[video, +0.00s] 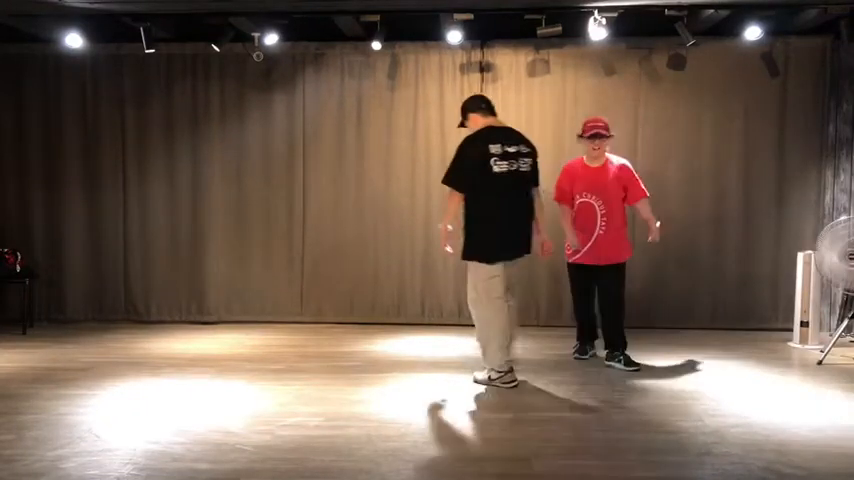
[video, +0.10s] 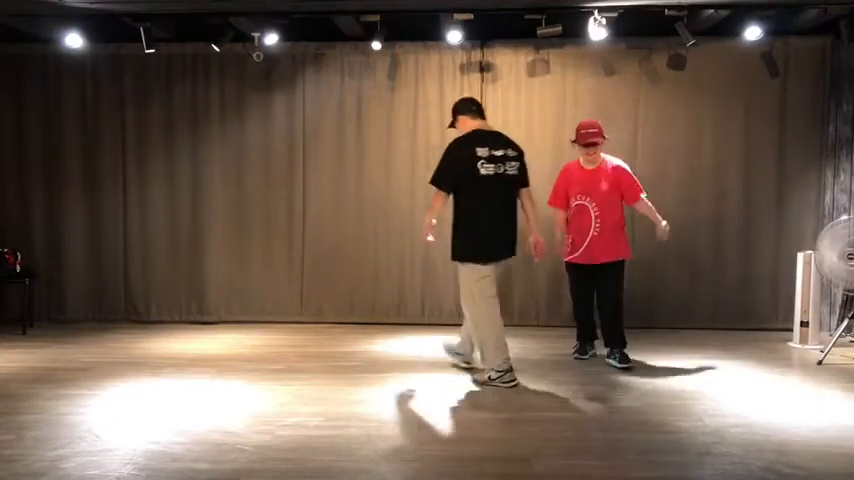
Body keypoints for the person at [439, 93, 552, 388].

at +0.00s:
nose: (468, 128)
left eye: (467, 123)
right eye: (467, 124)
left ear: (473, 117)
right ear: (492, 113)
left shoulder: (473, 143)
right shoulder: (523, 141)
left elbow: (456, 192)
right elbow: (535, 193)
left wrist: (447, 227)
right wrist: (541, 232)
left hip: (484, 237)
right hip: (516, 235)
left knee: (485, 301)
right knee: (503, 296)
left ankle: (499, 369)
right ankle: (504, 359)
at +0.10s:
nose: (456, 128)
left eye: (456, 124)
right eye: (456, 124)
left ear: (461, 120)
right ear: (482, 116)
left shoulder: (461, 146)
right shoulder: (510, 146)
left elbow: (442, 191)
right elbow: (525, 193)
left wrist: (430, 220)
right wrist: (534, 231)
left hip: (472, 239)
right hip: (503, 237)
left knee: (484, 303)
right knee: (475, 296)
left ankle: (500, 368)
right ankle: (466, 347)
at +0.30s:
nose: (435, 133)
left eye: (434, 130)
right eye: (434, 130)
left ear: (438, 125)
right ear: (460, 122)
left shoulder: (437, 150)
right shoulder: (486, 152)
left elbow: (422, 195)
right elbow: (493, 199)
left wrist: (410, 228)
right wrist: (500, 235)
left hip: (446, 239)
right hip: (477, 237)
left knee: (454, 304)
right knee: (458, 298)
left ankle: (492, 354)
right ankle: (449, 350)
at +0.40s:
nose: (423, 135)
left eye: (422, 130)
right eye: (422, 131)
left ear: (428, 125)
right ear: (447, 122)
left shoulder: (428, 149)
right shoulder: (474, 152)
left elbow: (416, 195)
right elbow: (476, 197)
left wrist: (407, 231)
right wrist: (472, 229)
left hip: (434, 236)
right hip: (467, 236)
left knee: (426, 293)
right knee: (456, 295)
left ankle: (466, 336)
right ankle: (447, 350)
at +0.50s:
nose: (412, 135)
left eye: (411, 130)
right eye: (411, 131)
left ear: (417, 123)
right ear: (435, 120)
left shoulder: (421, 147)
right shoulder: (462, 148)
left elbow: (411, 194)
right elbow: (460, 193)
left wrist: (403, 231)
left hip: (425, 233)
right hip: (457, 233)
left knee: (411, 287)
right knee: (450, 293)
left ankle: (437, 339)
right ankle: (448, 351)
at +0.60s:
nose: (400, 136)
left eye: (399, 131)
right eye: (399, 131)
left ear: (406, 125)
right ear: (423, 121)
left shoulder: (410, 149)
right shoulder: (448, 148)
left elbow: (404, 197)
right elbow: (445, 193)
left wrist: (398, 233)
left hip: (416, 235)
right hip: (446, 235)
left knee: (401, 292)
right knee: (444, 295)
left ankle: (399, 344)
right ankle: (446, 350)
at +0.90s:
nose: (360, 136)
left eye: (359, 131)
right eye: (358, 132)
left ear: (367, 127)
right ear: (381, 124)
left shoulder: (371, 154)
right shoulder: (405, 147)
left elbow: (365, 199)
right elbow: (408, 189)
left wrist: (360, 233)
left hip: (379, 231)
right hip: (407, 229)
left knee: (376, 287)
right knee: (408, 280)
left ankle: (377, 340)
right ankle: (429, 324)